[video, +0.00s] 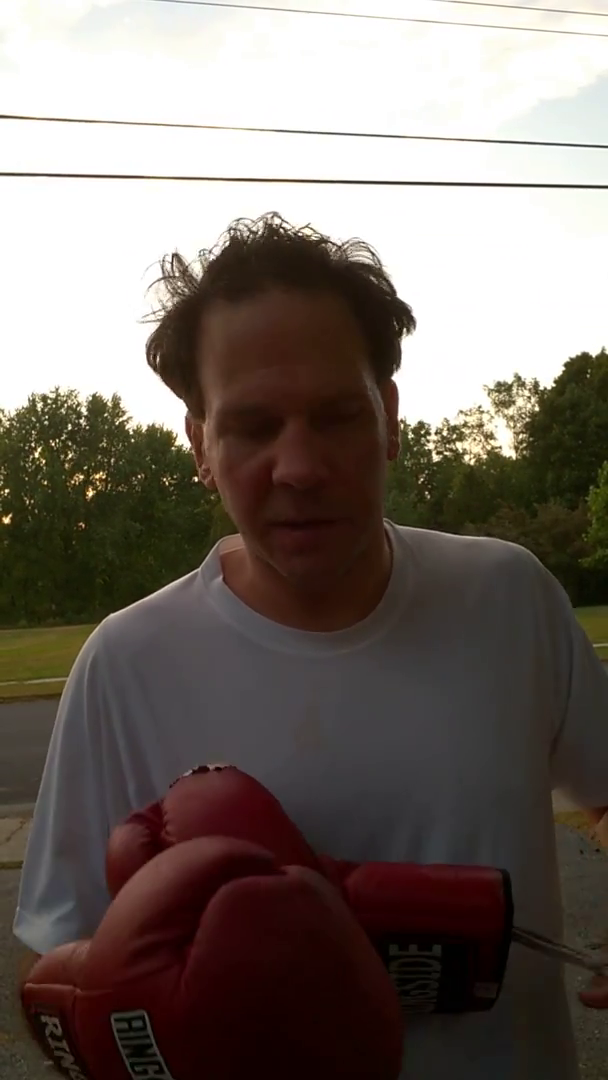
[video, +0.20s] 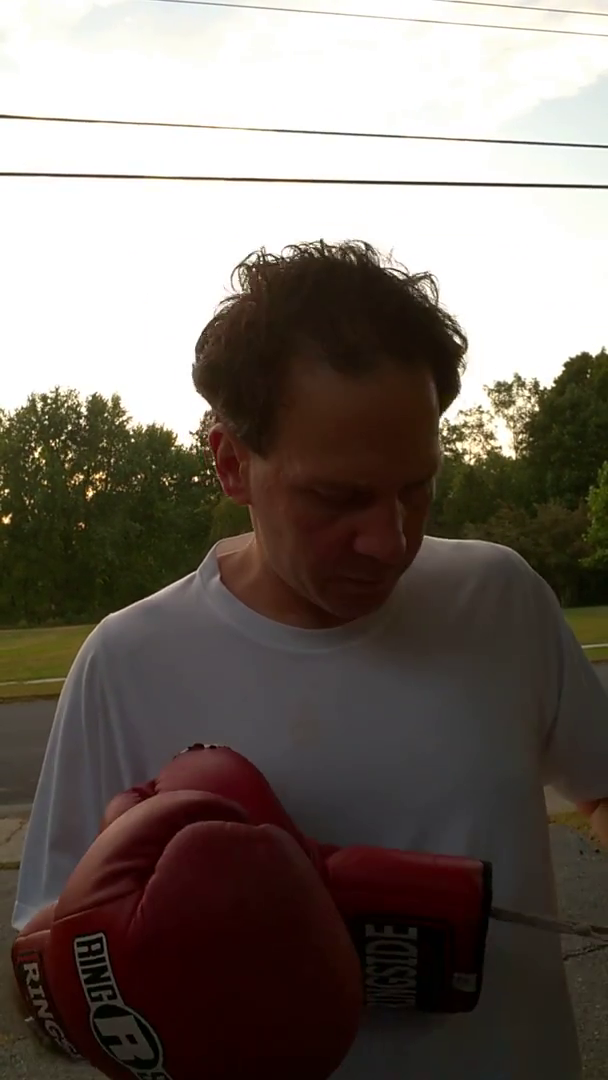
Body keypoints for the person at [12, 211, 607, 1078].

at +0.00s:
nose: (300, 467)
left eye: (336, 418)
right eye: (255, 426)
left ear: (389, 423)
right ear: (201, 450)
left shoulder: (512, 600)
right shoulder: (125, 666)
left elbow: (605, 791)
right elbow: (53, 945)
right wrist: (111, 969)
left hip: (518, 1064)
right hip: (247, 1070)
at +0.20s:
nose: (389, 543)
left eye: (417, 489)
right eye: (339, 499)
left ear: (437, 446)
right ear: (231, 464)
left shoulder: (503, 601)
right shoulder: (126, 667)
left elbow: (601, 790)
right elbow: (43, 977)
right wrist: (75, 927)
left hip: (524, 1064)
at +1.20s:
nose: (304, 468)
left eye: (340, 415)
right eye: (260, 430)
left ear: (400, 418)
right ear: (219, 451)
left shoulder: (514, 606)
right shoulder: (138, 652)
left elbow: (596, 807)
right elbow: (47, 975)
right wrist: (99, 901)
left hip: (514, 1064)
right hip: (253, 1066)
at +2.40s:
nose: (237, 445)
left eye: (279, 396)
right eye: (206, 412)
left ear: (364, 421)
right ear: (188, 447)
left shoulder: (491, 601)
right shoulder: (116, 641)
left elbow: (607, 842)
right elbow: (81, 1036)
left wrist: (495, 818)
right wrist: (145, 865)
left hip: (486, 1061)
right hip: (228, 1069)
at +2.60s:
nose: (144, 451)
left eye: (186, 403)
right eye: (140, 416)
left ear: (314, 419)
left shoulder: (484, 597)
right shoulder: (104, 641)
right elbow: (91, 1038)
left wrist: (503, 813)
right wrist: (163, 868)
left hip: (469, 1060)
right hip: (215, 1068)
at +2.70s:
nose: (111, 456)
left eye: (154, 404)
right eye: (117, 415)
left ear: (283, 426)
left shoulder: (477, 599)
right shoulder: (94, 645)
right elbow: (78, 1043)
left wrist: (477, 816)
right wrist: (159, 834)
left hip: (460, 1062)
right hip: (210, 1068)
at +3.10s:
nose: (190, 470)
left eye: (229, 431)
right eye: (198, 435)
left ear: (346, 451)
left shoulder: (525, 610)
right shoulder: (166, 643)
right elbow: (129, 989)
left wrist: (487, 805)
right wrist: (247, 813)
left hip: (498, 1059)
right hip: (251, 1066)